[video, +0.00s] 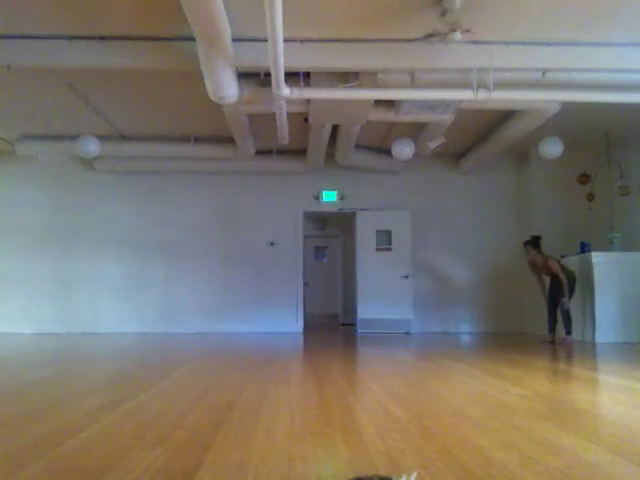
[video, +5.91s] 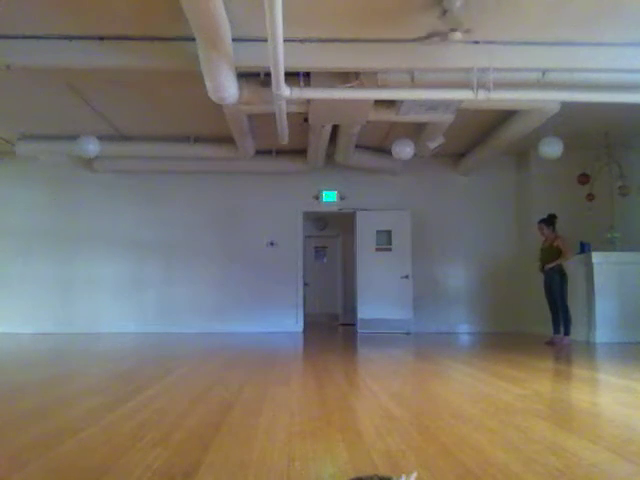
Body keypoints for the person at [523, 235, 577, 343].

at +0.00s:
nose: (527, 254)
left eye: (529, 251)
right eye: (525, 252)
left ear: (536, 250)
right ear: (526, 252)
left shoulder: (548, 261)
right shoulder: (532, 263)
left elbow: (564, 278)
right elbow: (541, 281)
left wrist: (566, 296)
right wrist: (545, 299)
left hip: (567, 278)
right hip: (555, 279)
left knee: (563, 304)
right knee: (551, 306)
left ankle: (568, 335)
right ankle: (551, 336)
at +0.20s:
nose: (532, 240)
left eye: (535, 236)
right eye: (531, 237)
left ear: (541, 237)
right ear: (533, 239)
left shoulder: (552, 250)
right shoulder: (535, 253)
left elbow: (566, 269)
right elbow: (542, 271)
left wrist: (566, 286)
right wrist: (545, 287)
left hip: (566, 275)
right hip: (554, 276)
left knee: (563, 304)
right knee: (551, 305)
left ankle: (568, 335)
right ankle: (551, 335)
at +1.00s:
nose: (537, 232)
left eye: (540, 229)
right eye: (537, 229)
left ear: (547, 230)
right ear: (539, 231)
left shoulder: (552, 244)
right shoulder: (539, 244)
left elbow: (563, 259)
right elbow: (539, 262)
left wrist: (557, 275)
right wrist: (534, 275)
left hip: (549, 278)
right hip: (538, 278)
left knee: (551, 307)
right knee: (546, 307)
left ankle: (564, 331)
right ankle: (552, 333)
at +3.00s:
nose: (548, 235)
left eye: (549, 232)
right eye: (546, 233)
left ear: (555, 229)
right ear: (548, 232)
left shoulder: (566, 242)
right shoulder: (551, 243)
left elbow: (573, 259)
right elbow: (548, 258)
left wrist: (561, 269)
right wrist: (545, 266)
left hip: (562, 276)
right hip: (551, 276)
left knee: (564, 305)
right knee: (549, 303)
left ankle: (567, 336)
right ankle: (551, 332)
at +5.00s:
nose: (539, 239)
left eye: (539, 236)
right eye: (537, 237)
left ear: (545, 232)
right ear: (539, 235)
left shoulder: (558, 240)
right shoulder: (545, 243)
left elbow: (567, 255)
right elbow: (547, 257)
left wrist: (551, 265)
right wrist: (542, 263)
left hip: (560, 273)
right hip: (549, 274)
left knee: (562, 304)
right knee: (553, 304)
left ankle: (566, 335)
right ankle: (557, 334)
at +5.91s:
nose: (541, 232)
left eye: (543, 229)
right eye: (540, 229)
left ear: (550, 228)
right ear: (542, 230)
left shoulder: (558, 240)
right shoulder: (545, 242)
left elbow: (566, 255)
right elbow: (544, 256)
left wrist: (552, 264)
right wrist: (542, 265)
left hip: (558, 273)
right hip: (548, 273)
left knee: (561, 304)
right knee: (552, 305)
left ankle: (566, 335)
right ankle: (556, 334)